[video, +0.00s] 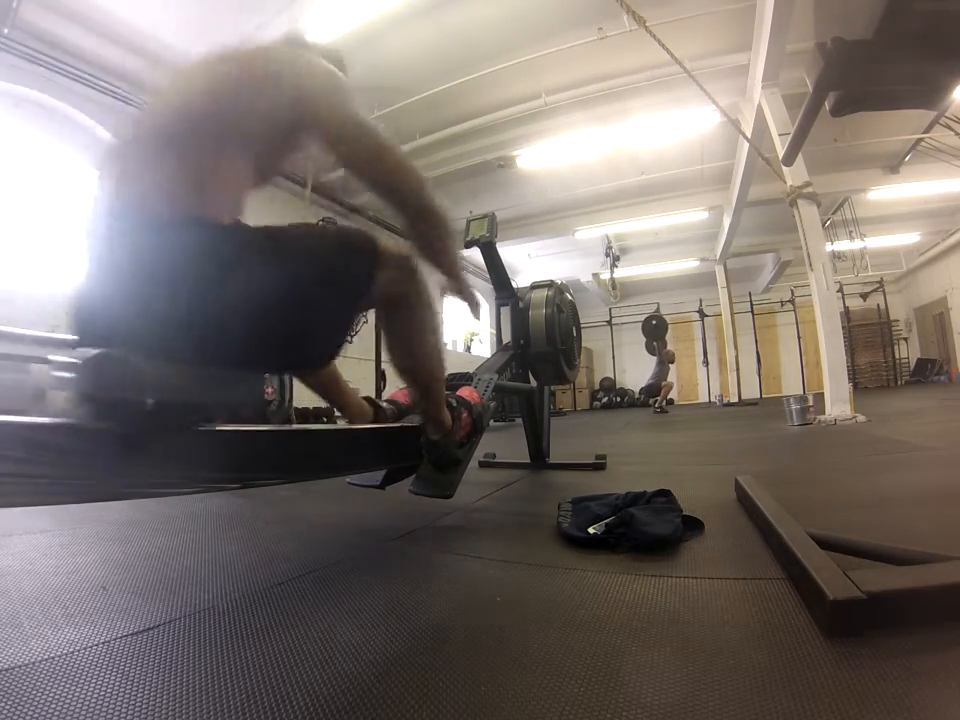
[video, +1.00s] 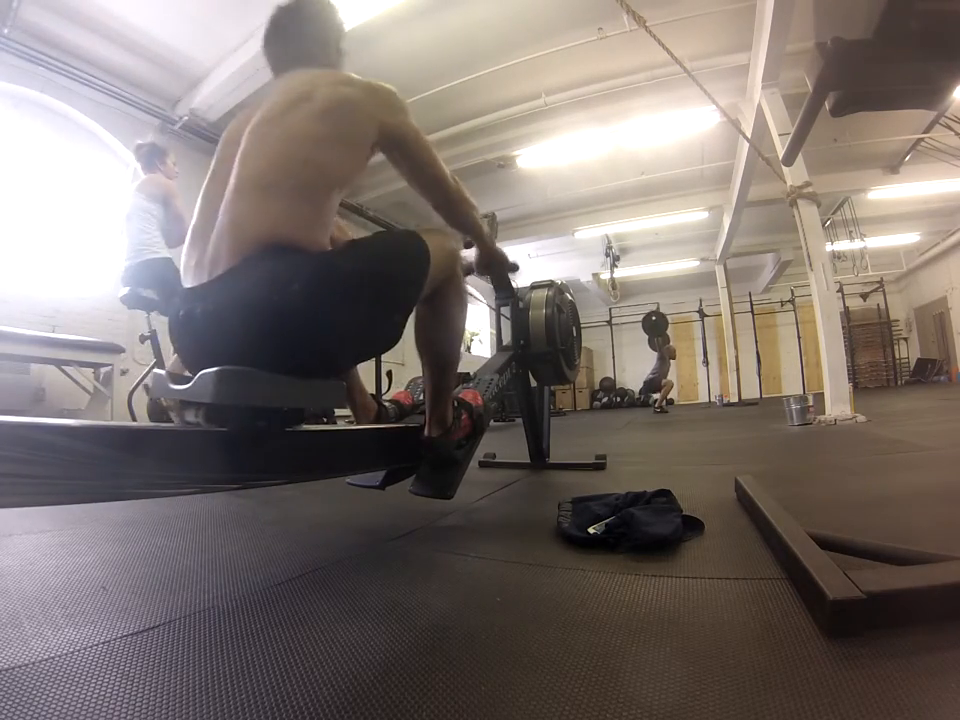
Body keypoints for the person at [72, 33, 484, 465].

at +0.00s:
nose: (315, 142)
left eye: (335, 102)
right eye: (333, 94)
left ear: (290, 51)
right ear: (320, 70)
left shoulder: (203, 93)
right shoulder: (304, 70)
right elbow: (402, 183)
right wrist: (451, 267)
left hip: (105, 299)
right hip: (190, 286)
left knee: (278, 301)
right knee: (398, 270)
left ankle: (363, 415)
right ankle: (443, 426)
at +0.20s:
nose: (400, 150)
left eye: (398, 146)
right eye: (403, 144)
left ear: (344, 121)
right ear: (394, 134)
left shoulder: (293, 146)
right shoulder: (392, 147)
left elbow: (309, 261)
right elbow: (474, 249)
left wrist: (381, 336)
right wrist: (504, 327)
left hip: (186, 325)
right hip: (267, 312)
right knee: (447, 257)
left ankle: (362, 410)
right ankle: (442, 428)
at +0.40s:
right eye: (436, 176)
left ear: (376, 154)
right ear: (428, 166)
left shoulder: (328, 182)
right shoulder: (431, 181)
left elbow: (362, 272)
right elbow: (502, 281)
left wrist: (404, 361)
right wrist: (513, 349)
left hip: (233, 343)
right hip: (313, 329)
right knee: (466, 251)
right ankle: (442, 421)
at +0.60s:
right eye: (425, 154)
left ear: (359, 144)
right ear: (418, 150)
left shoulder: (313, 176)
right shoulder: (418, 170)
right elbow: (495, 265)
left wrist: (394, 349)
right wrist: (508, 338)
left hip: (227, 343)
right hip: (311, 325)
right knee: (462, 258)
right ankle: (440, 427)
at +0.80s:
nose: (385, 98)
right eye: (382, 90)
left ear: (312, 93)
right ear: (375, 89)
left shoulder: (269, 139)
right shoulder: (381, 125)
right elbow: (472, 223)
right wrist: (499, 275)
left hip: (204, 332)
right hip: (292, 314)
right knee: (448, 255)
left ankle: (367, 411)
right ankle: (440, 424)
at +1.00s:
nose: (343, 49)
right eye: (340, 40)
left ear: (272, 60)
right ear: (336, 44)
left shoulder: (243, 121)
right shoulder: (367, 95)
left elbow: (323, 227)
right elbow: (450, 200)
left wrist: (382, 263)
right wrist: (485, 244)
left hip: (198, 334)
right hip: (287, 315)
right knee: (445, 250)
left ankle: (364, 409)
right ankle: (441, 426)